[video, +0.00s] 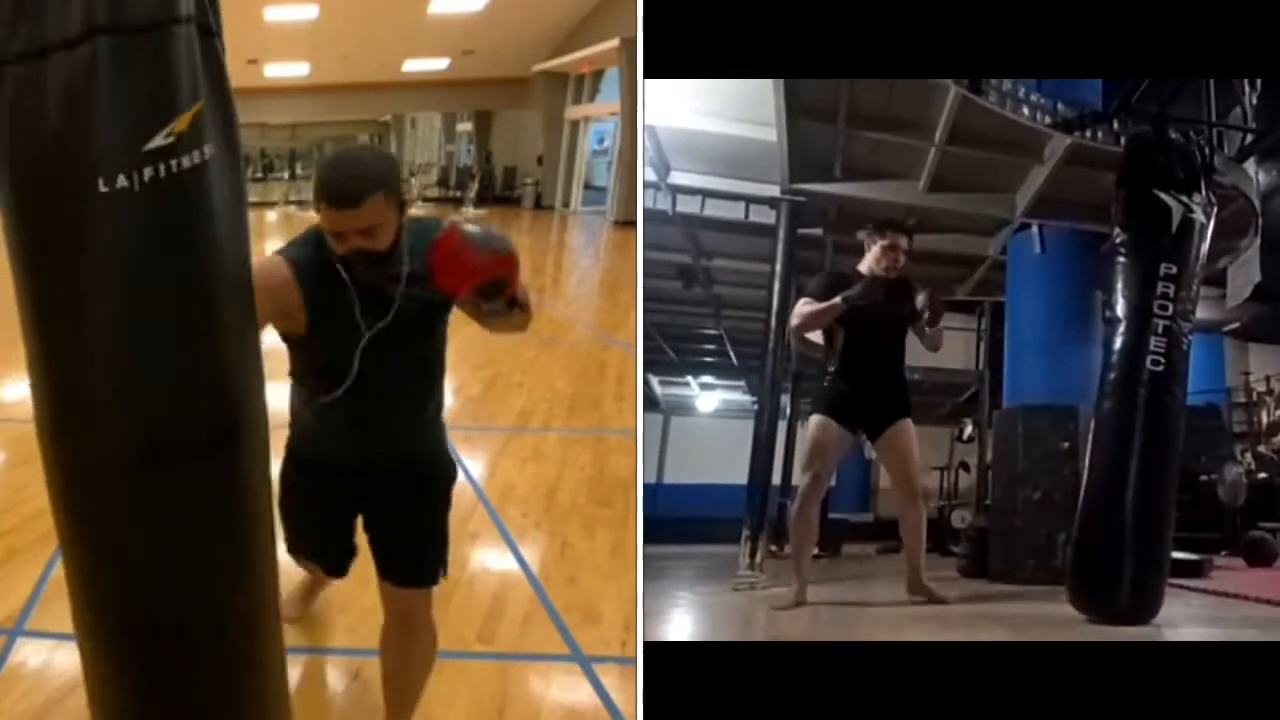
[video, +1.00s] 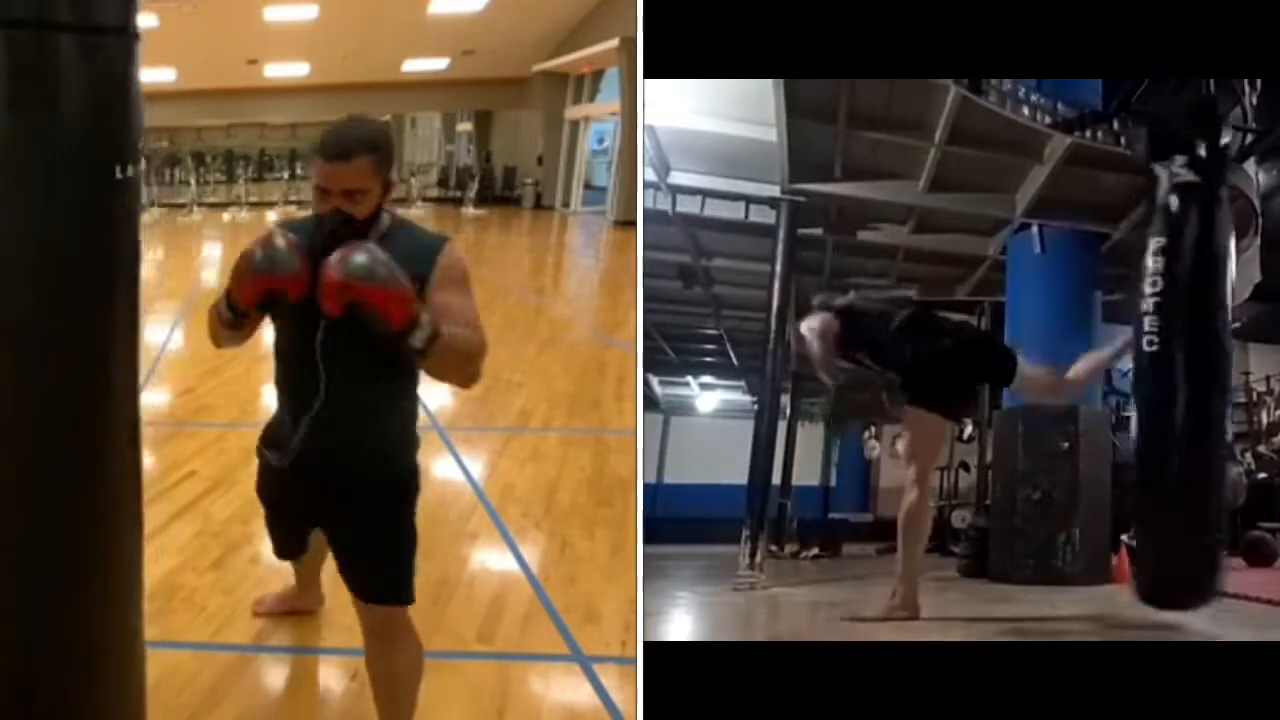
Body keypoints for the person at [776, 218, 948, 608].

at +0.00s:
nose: (895, 257)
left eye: (901, 253)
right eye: (888, 249)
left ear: (905, 259)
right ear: (868, 248)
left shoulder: (904, 293)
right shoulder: (837, 282)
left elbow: (933, 344)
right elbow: (799, 321)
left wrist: (933, 317)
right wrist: (846, 299)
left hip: (889, 401)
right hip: (841, 398)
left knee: (911, 490)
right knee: (810, 486)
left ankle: (917, 582)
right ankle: (799, 585)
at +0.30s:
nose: (880, 253)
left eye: (888, 248)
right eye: (872, 244)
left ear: (894, 256)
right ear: (853, 247)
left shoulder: (897, 294)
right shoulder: (821, 285)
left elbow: (917, 344)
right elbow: (780, 329)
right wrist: (816, 325)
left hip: (879, 396)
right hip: (833, 395)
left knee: (877, 472)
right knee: (791, 492)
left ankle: (891, 592)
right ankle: (796, 589)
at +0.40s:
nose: (869, 253)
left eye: (876, 248)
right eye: (863, 246)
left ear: (886, 256)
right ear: (846, 251)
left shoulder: (896, 295)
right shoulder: (817, 293)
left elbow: (932, 346)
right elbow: (777, 344)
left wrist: (945, 372)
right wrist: (792, 337)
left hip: (875, 404)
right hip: (827, 405)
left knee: (870, 480)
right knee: (787, 495)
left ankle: (888, 596)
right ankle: (795, 591)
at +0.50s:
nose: (834, 236)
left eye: (842, 228)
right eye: (830, 228)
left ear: (864, 229)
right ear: (828, 231)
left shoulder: (881, 269)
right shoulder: (850, 277)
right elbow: (860, 338)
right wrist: (819, 338)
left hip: (892, 380)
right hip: (859, 381)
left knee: (860, 469)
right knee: (822, 474)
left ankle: (899, 579)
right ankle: (806, 574)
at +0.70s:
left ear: (832, 257)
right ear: (875, 253)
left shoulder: (822, 275)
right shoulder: (891, 271)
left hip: (902, 362)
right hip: (944, 350)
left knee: (892, 485)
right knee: (932, 403)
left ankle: (902, 597)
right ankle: (1022, 408)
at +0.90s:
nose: (797, 347)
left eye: (794, 339)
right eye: (792, 342)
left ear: (798, 326)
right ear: (809, 315)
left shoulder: (822, 321)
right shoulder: (849, 313)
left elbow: (789, 316)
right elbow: (906, 301)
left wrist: (789, 322)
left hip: (920, 364)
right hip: (951, 335)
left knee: (917, 483)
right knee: (1062, 348)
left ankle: (906, 597)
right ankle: (1146, 327)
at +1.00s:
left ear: (817, 318)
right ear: (834, 304)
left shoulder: (828, 318)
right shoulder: (869, 308)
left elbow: (812, 330)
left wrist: (823, 365)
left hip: (930, 367)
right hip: (966, 341)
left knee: (918, 484)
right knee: (1063, 387)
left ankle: (906, 597)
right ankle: (1123, 345)